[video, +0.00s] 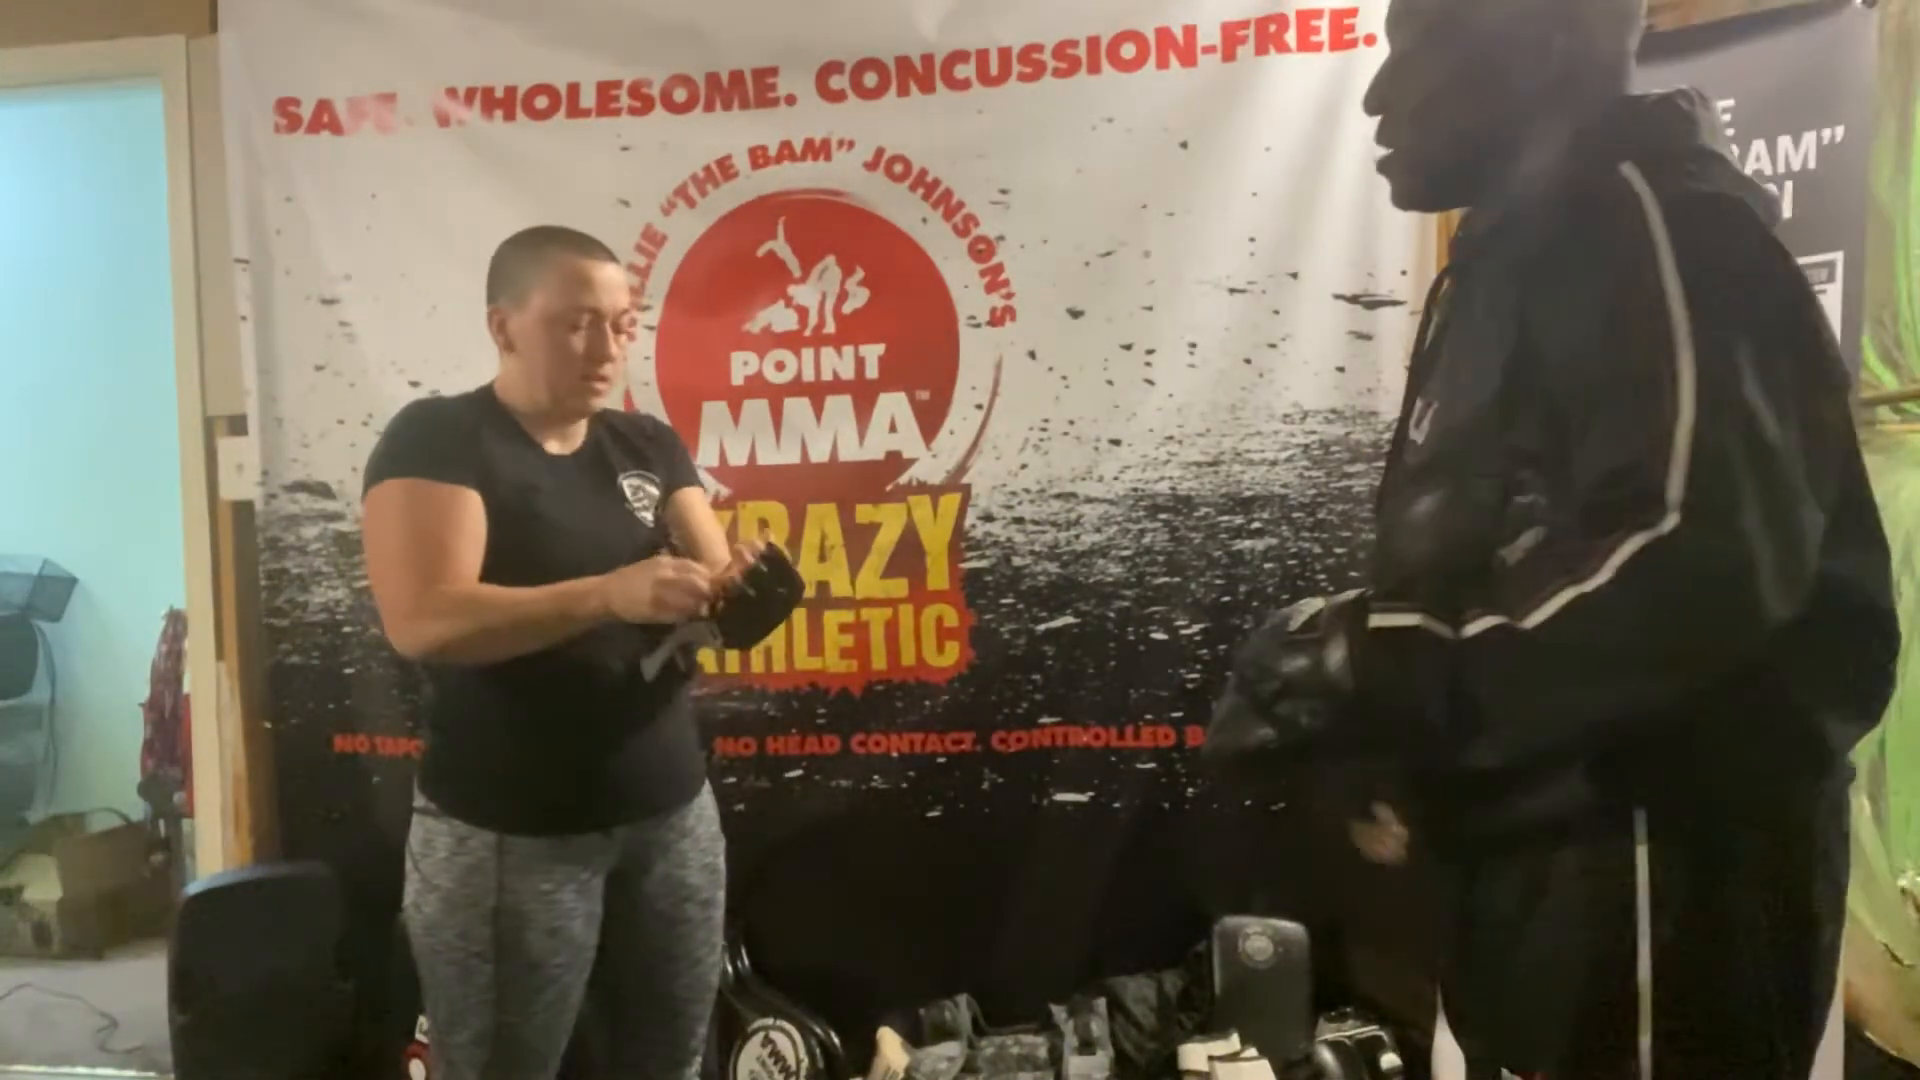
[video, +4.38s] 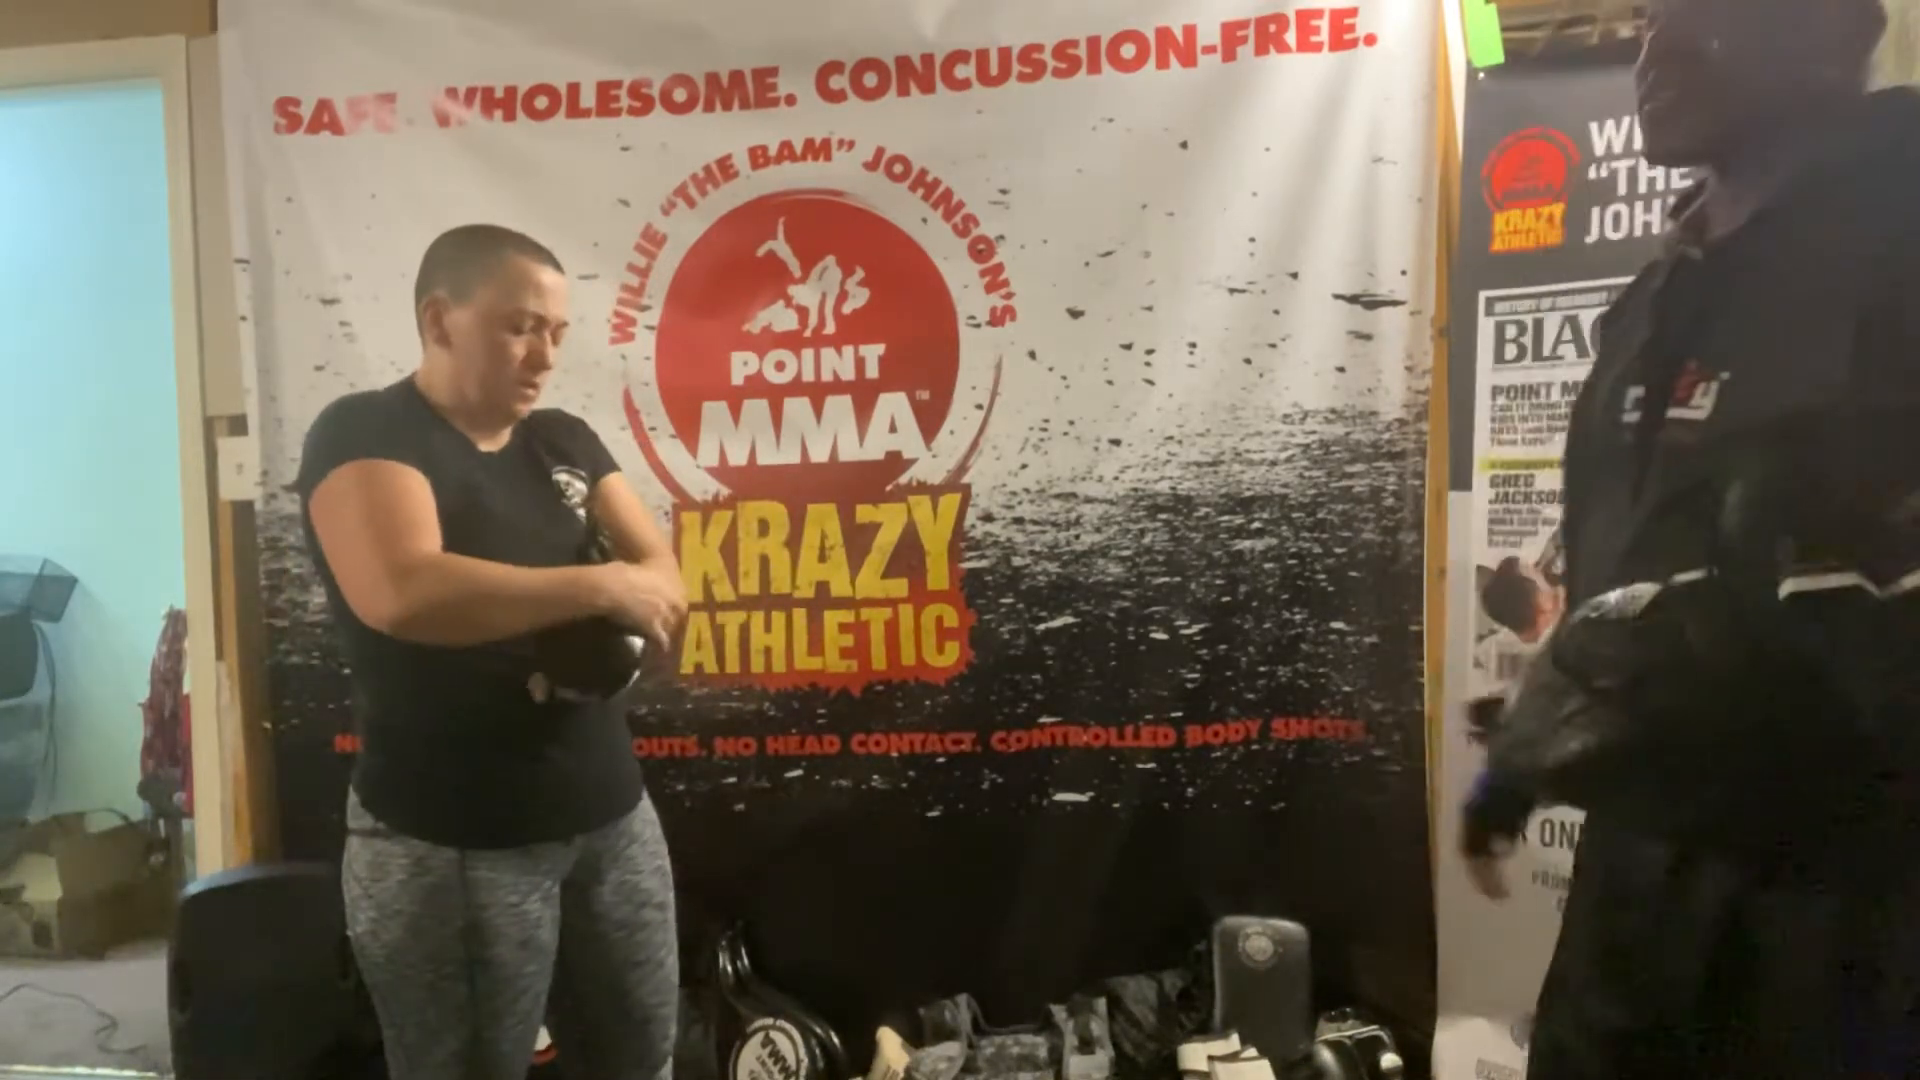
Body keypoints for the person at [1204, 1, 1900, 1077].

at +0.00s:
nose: (1374, 90)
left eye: (1411, 37)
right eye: (1389, 45)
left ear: (1540, 40)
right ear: (1533, 49)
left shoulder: (1638, 203)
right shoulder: (1507, 243)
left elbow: (1713, 552)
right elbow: (1476, 551)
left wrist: (1389, 679)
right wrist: (1336, 636)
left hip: (1662, 885)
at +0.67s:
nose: (1482, 148)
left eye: (1515, 108)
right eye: (1493, 112)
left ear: (1611, 112)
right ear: (1623, 116)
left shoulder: (1728, 236)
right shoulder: (1597, 276)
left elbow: (1799, 514)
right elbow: (1556, 529)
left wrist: (1495, 620)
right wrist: (1482, 753)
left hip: (1719, 801)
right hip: (1611, 796)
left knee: (1706, 1061)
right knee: (1612, 1059)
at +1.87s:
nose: (1638, 108)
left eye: (1667, 73)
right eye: (1648, 78)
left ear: (1774, 63)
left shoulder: (1891, 217)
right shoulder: (1701, 311)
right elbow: (1670, 581)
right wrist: (1610, 744)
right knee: (1643, 1052)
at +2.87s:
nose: (1608, 57)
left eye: (1654, 34)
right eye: (1617, 38)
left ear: (1765, 65)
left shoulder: (1846, 229)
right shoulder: (1639, 285)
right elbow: (1584, 548)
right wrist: (1533, 766)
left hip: (1794, 808)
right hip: (1635, 811)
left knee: (1799, 1053)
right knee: (1617, 1053)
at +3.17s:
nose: (1503, 142)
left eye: (1532, 104)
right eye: (1508, 116)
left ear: (1639, 112)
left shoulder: (1765, 230)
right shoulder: (1539, 338)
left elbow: (1890, 452)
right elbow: (1508, 591)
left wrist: (1598, 596)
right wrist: (1423, 768)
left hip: (1766, 775)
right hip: (1591, 790)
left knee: (1762, 1057)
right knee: (1595, 1053)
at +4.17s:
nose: (1629, 69)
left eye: (1676, 35)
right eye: (1622, 47)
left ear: (1805, 51)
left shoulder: (1884, 227)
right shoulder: (1613, 300)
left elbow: (1894, 572)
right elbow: (1543, 564)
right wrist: (1447, 732)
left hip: (1823, 842)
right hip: (1617, 839)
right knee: (1592, 1058)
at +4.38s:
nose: (1643, 40)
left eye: (1681, 9)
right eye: (1645, 19)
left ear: (1822, 24)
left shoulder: (1892, 196)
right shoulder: (1643, 305)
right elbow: (1615, 591)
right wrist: (1516, 753)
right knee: (1590, 1057)